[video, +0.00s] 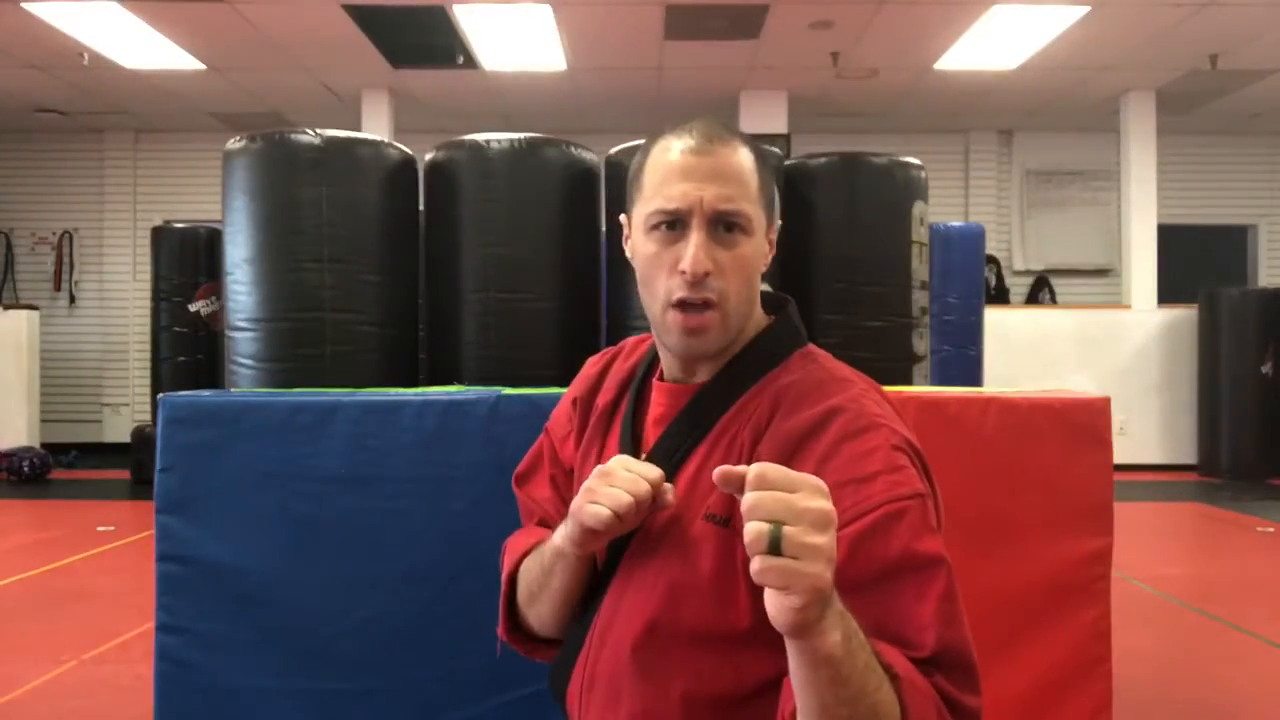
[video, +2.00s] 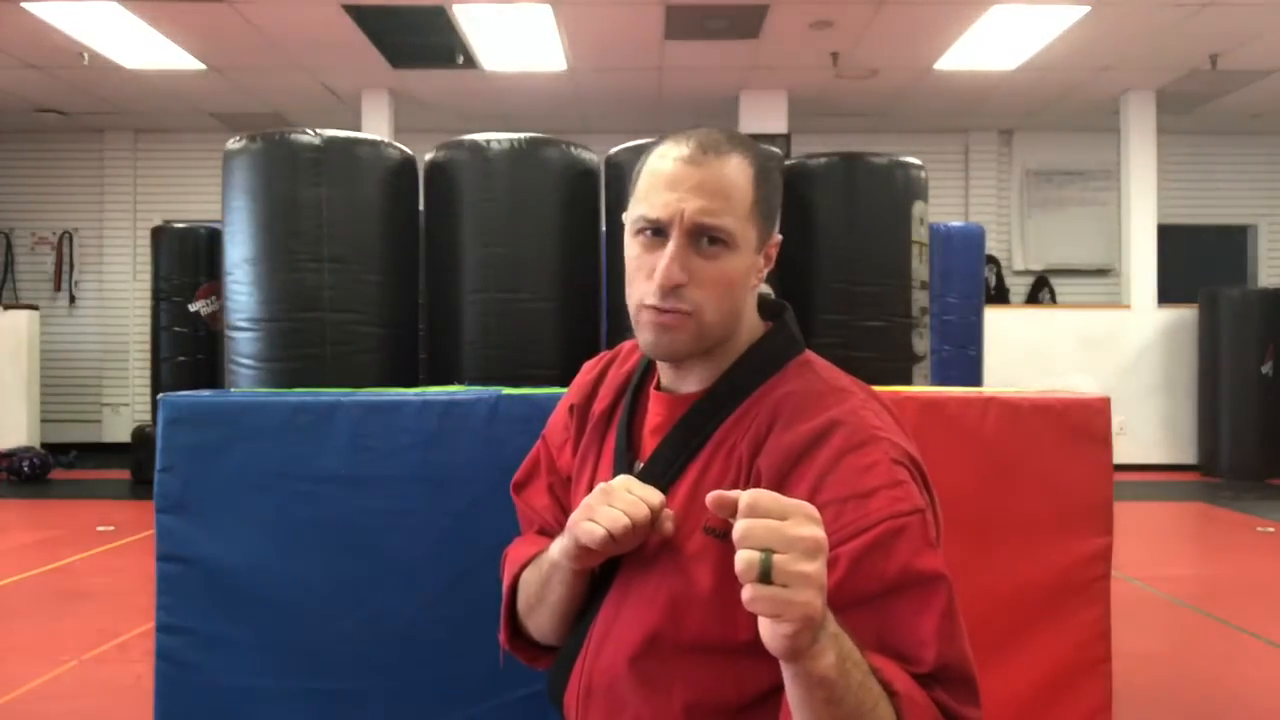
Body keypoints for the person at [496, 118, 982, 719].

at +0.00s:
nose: (695, 261)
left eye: (727, 228)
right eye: (668, 226)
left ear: (769, 245)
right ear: (628, 241)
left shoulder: (846, 431)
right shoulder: (603, 385)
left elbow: (921, 704)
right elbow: (533, 621)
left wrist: (816, 625)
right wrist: (570, 543)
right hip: (592, 704)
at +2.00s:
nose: (667, 274)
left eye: (709, 241)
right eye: (652, 233)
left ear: (764, 261)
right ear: (625, 240)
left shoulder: (844, 441)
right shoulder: (599, 388)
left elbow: (925, 706)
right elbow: (535, 628)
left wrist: (812, 648)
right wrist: (568, 554)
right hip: (587, 706)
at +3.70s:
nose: (705, 246)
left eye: (736, 215)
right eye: (679, 215)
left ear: (782, 237)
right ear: (644, 237)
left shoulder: (867, 405)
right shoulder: (592, 379)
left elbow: (929, 701)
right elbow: (542, 636)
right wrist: (547, 564)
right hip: (627, 704)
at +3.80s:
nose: (699, 244)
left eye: (730, 211)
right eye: (672, 213)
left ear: (773, 233)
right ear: (630, 236)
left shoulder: (863, 396)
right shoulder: (600, 389)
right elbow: (575, 577)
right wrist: (538, 655)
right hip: (630, 704)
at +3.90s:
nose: (638, 259)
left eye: (671, 227)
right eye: (608, 229)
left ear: (719, 246)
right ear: (569, 255)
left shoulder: (805, 407)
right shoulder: (586, 421)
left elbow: (892, 680)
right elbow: (569, 625)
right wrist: (553, 700)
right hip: (602, 704)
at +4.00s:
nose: (544, 275)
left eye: (576, 242)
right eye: (516, 248)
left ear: (637, 259)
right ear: (488, 276)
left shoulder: (723, 415)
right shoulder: (540, 454)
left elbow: (864, 676)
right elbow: (528, 671)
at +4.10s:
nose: (450, 282)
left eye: (483, 246)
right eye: (423, 253)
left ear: (550, 262)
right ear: (399, 280)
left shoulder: (644, 394)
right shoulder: (457, 459)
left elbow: (822, 621)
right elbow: (465, 669)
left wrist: (692, 671)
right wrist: (341, 700)